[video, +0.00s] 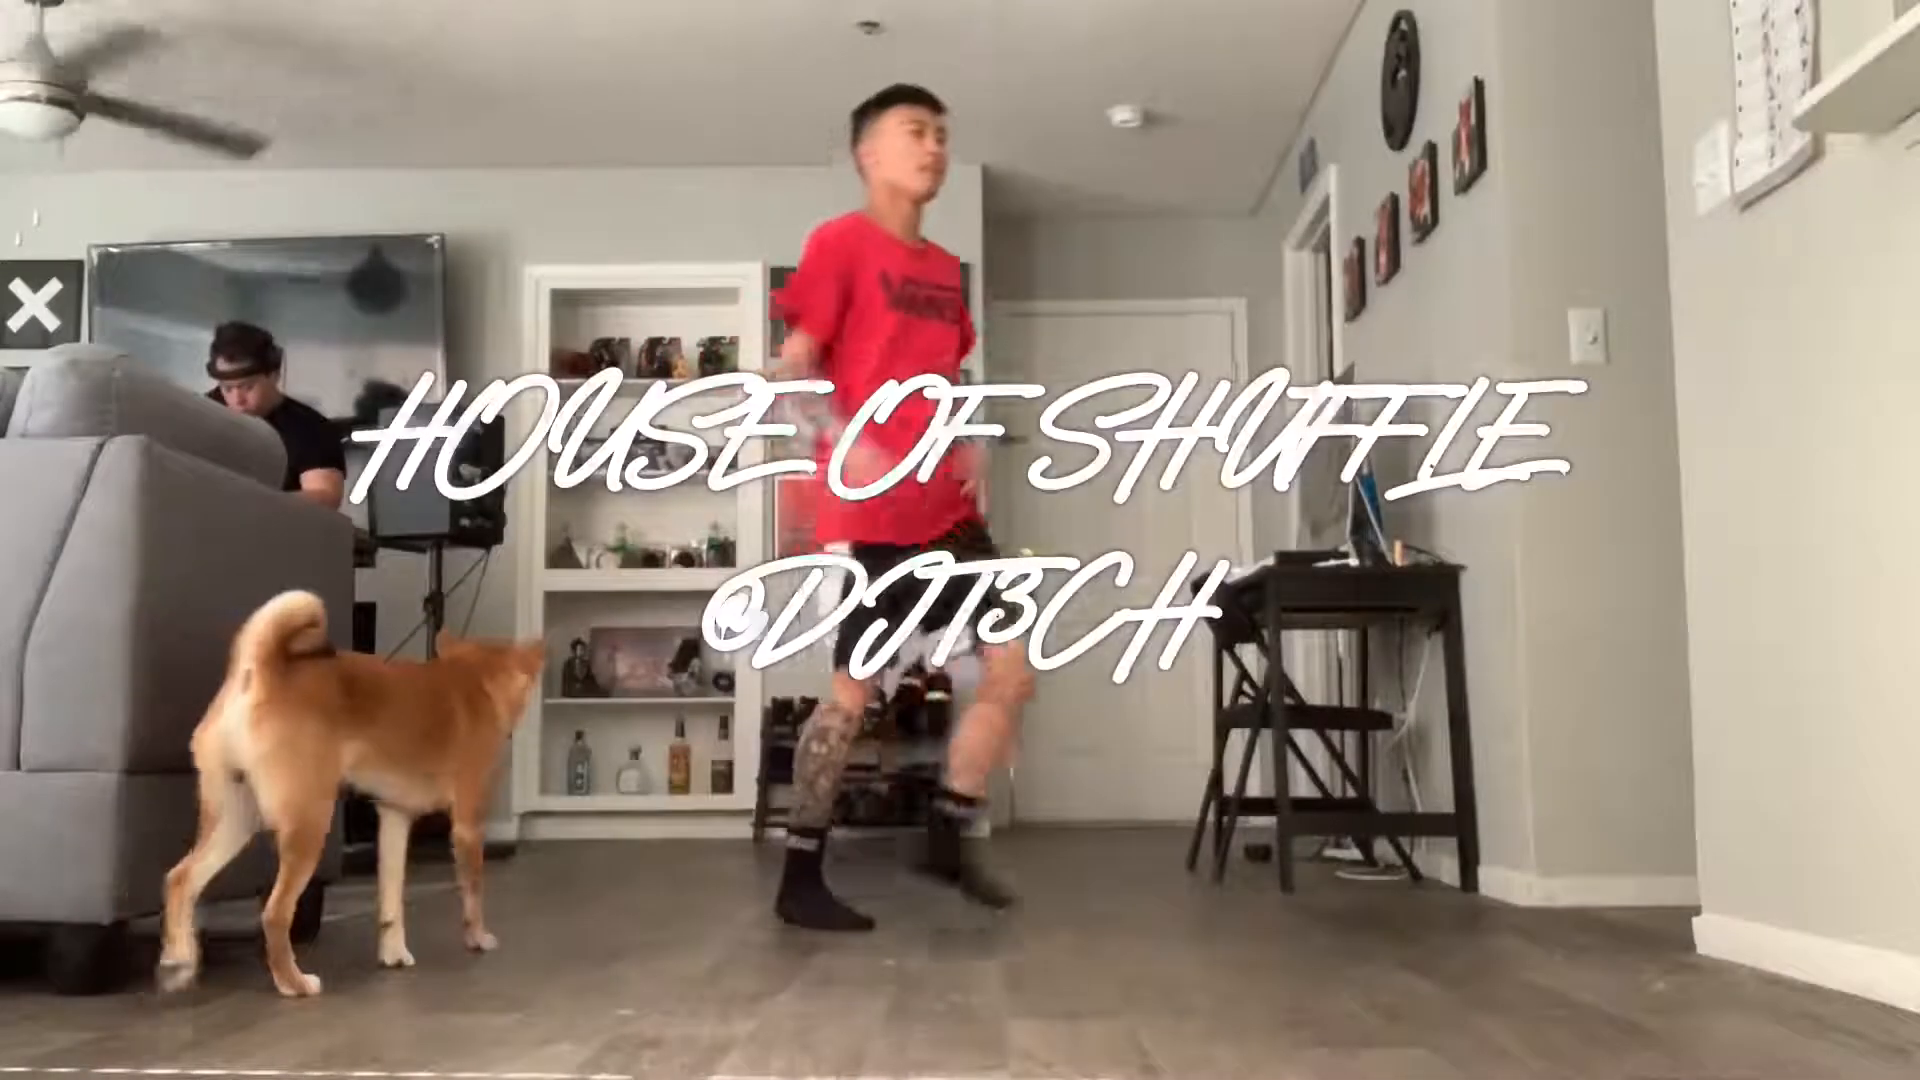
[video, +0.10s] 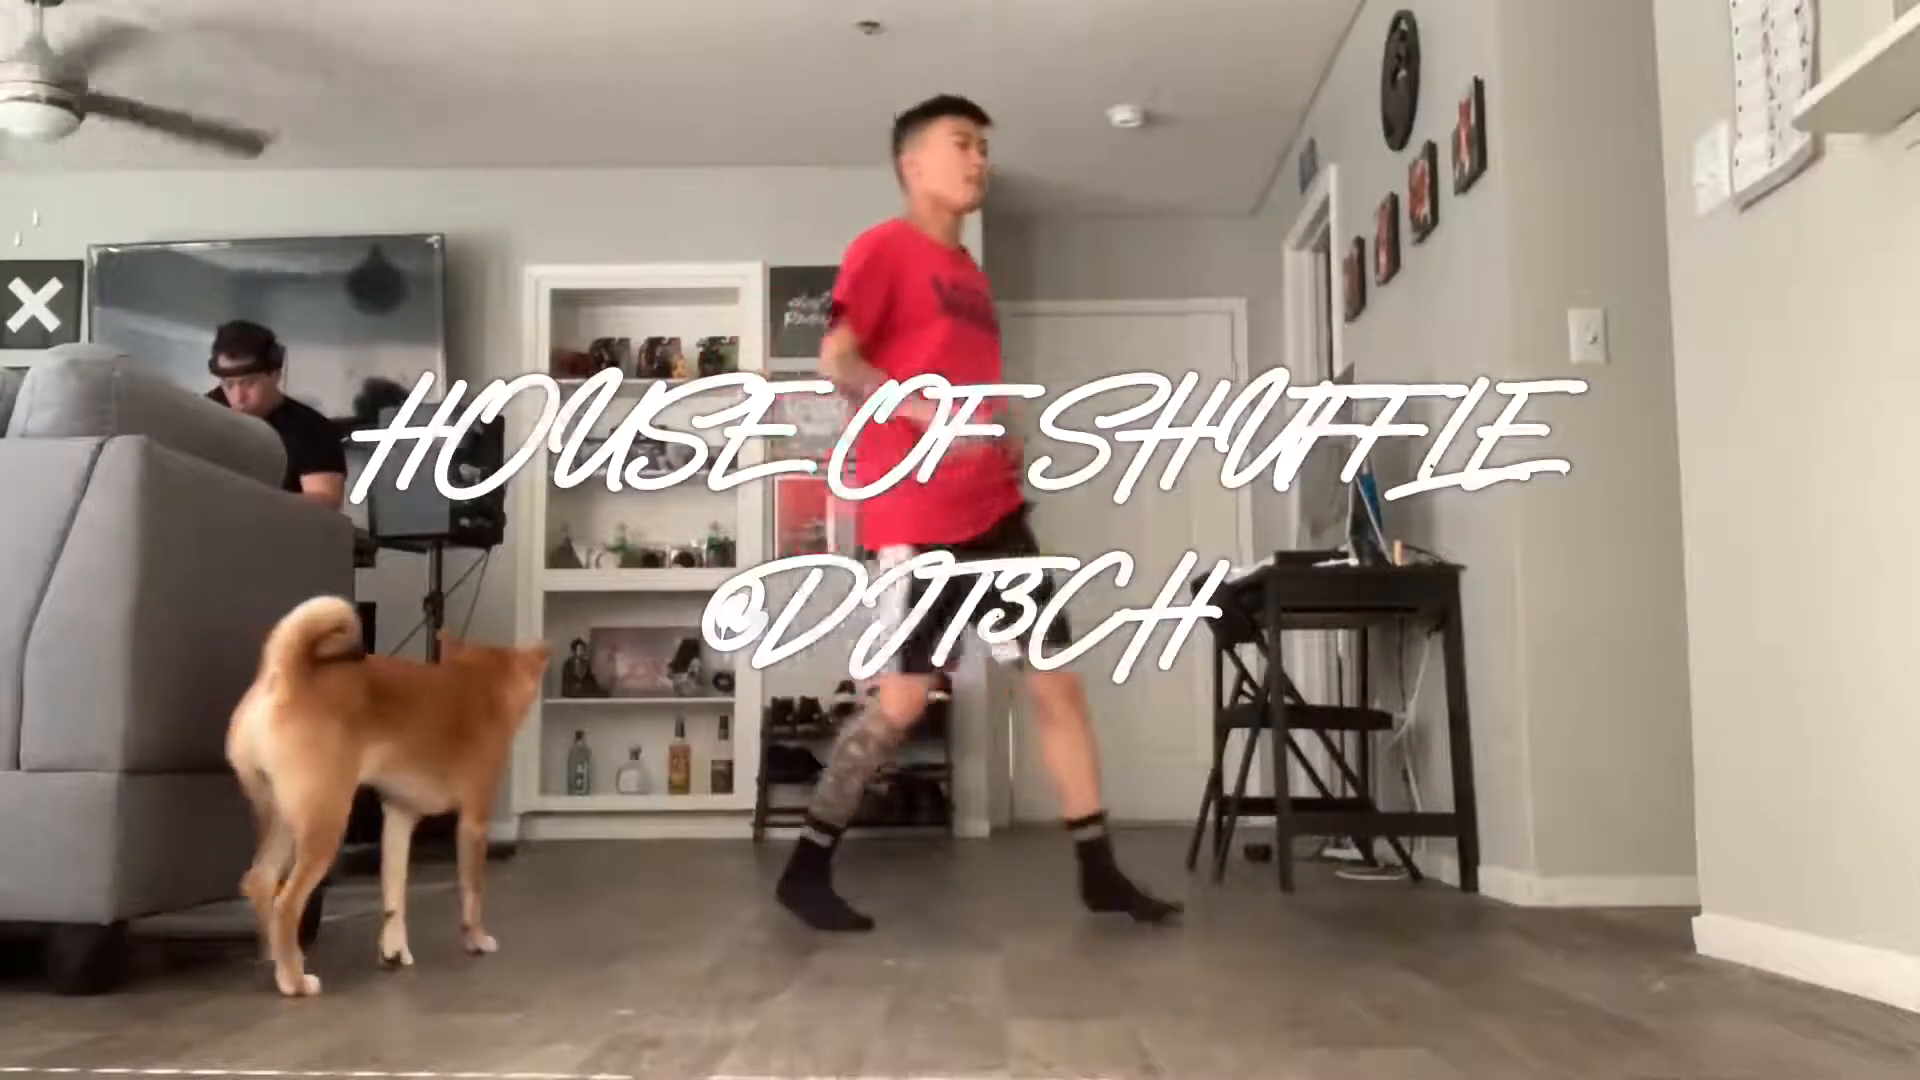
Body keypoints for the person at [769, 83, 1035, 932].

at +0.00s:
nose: (935, 147)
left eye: (940, 136)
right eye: (916, 132)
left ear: (941, 162)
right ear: (864, 154)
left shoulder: (946, 267)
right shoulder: (841, 240)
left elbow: (953, 385)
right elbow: (792, 369)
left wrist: (969, 460)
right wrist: (841, 442)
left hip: (948, 516)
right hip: (868, 518)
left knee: (1010, 666)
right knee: (854, 690)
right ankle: (801, 875)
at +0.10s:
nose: (981, 161)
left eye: (982, 150)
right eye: (962, 145)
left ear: (976, 170)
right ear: (908, 162)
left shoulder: (967, 270)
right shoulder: (882, 249)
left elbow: (963, 380)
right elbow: (836, 356)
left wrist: (1001, 441)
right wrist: (914, 418)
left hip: (994, 513)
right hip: (915, 520)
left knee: (1057, 680)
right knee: (906, 693)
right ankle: (807, 868)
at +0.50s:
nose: (968, 119)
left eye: (977, 107)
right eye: (949, 105)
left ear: (985, 134)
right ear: (908, 129)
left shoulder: (983, 245)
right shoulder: (874, 215)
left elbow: (980, 370)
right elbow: (821, 333)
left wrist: (1007, 327)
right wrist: (902, 387)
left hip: (989, 490)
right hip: (912, 487)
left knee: (1026, 660)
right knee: (912, 661)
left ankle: (1016, 849)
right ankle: (822, 844)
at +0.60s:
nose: (939, 127)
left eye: (950, 115)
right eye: (921, 115)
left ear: (965, 137)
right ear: (885, 136)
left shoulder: (972, 252)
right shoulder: (848, 227)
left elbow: (988, 376)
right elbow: (796, 347)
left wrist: (995, 327)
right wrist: (868, 410)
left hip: (963, 496)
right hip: (882, 493)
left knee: (953, 677)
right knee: (887, 670)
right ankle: (814, 851)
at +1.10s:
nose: (820, 94)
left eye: (841, 84)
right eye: (806, 84)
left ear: (874, 116)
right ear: (787, 115)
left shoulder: (913, 221)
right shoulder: (750, 232)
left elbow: (943, 346)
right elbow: (729, 352)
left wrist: (915, 403)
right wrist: (764, 391)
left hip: (879, 496)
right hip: (779, 497)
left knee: (870, 682)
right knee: (784, 679)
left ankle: (856, 858)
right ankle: (782, 888)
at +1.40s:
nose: (789, 49)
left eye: (814, 41)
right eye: (778, 37)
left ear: (848, 82)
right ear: (757, 70)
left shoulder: (875, 192)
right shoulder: (706, 183)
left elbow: (909, 337)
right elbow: (666, 317)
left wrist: (891, 456)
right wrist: (712, 378)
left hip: (814, 449)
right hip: (715, 455)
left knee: (747, 624)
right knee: (736, 671)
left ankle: (819, 792)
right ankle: (779, 884)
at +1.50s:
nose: (789, 48)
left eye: (814, 37)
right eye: (779, 35)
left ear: (853, 73)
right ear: (760, 63)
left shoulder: (879, 191)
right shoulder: (708, 174)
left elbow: (902, 338)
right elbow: (662, 308)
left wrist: (871, 460)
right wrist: (691, 367)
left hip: (793, 437)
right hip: (693, 435)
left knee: (699, 621)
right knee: (694, 651)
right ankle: (765, 871)